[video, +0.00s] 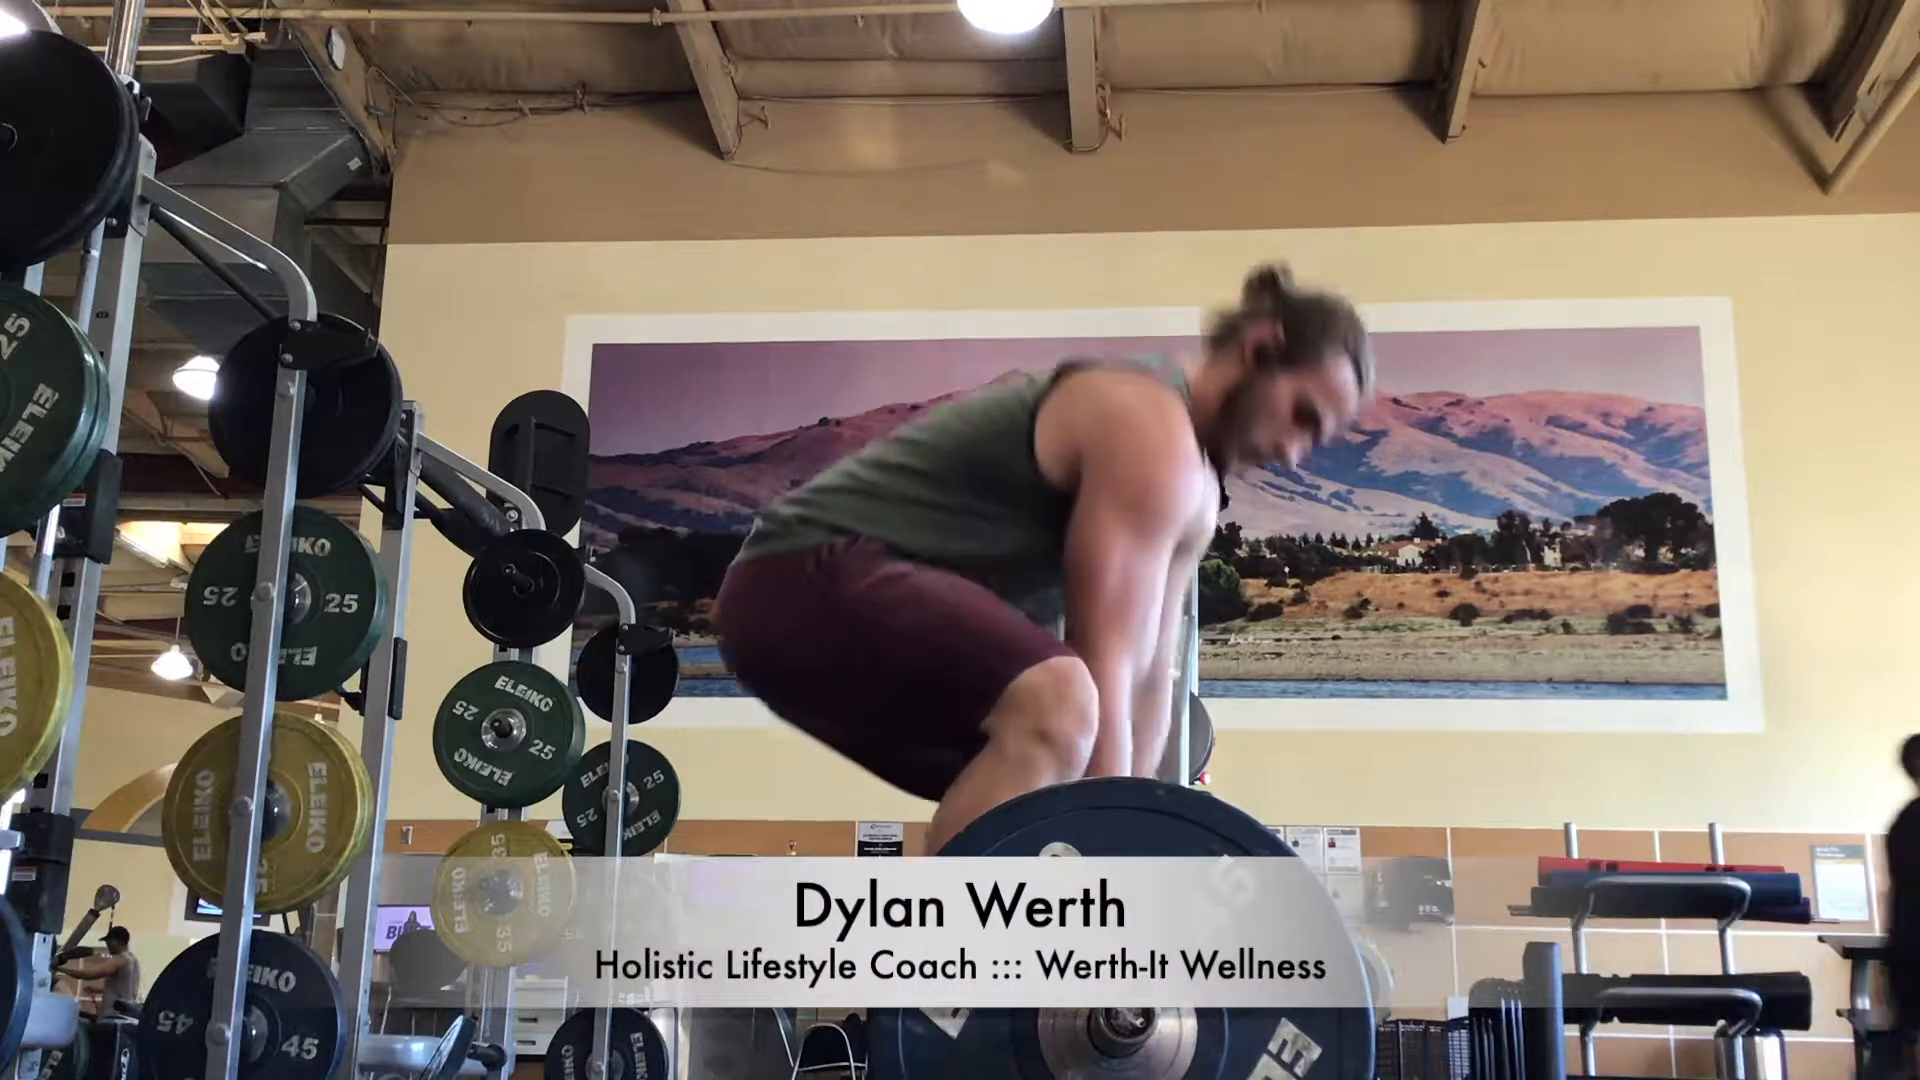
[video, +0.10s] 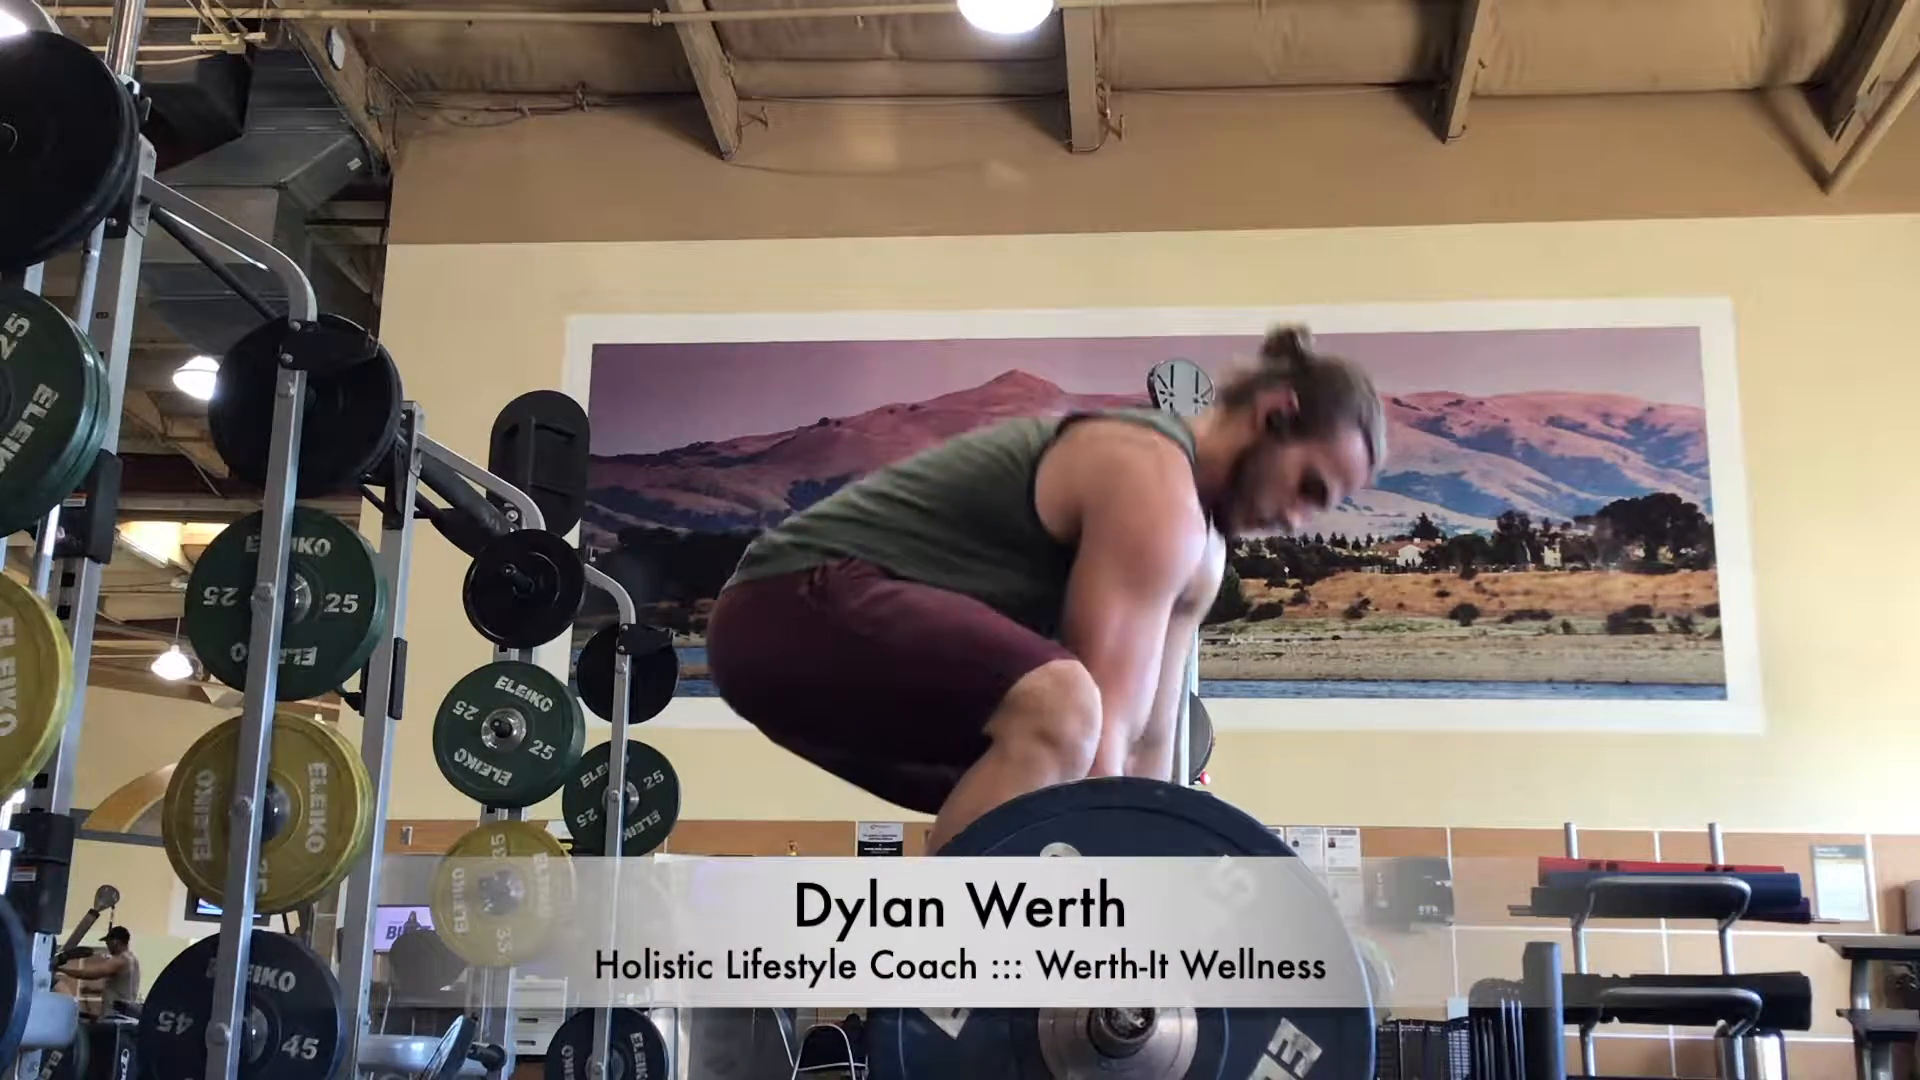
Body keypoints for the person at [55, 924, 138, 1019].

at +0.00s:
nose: (107, 946)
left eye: (109, 943)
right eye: (107, 943)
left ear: (116, 942)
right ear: (124, 942)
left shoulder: (121, 960)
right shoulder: (132, 960)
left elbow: (89, 975)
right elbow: (122, 989)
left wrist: (60, 969)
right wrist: (97, 990)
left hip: (111, 1017)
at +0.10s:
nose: (107, 946)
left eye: (108, 943)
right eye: (106, 943)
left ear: (116, 943)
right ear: (123, 943)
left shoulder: (121, 960)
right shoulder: (132, 960)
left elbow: (87, 974)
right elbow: (117, 987)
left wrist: (61, 969)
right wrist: (90, 989)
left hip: (112, 1017)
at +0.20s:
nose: (107, 946)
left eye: (108, 943)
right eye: (106, 943)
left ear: (116, 943)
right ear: (123, 943)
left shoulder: (121, 960)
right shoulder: (131, 960)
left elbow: (89, 974)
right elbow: (111, 989)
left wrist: (61, 969)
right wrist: (81, 991)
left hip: (113, 1017)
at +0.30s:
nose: (107, 946)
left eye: (108, 943)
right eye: (106, 943)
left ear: (116, 943)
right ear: (123, 943)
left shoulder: (121, 960)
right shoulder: (131, 959)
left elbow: (89, 974)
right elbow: (111, 989)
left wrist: (61, 969)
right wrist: (80, 990)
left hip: (113, 1017)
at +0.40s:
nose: (107, 946)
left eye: (108, 943)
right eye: (106, 943)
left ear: (116, 943)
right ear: (122, 943)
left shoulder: (121, 960)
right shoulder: (131, 960)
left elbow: (88, 974)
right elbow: (110, 991)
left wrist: (61, 969)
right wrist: (79, 989)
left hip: (113, 1017)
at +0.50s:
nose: (107, 947)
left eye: (108, 943)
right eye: (106, 943)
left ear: (116, 943)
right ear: (122, 943)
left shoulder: (121, 960)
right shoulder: (130, 960)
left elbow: (88, 974)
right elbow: (103, 987)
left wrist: (61, 969)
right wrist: (76, 985)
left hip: (113, 1017)